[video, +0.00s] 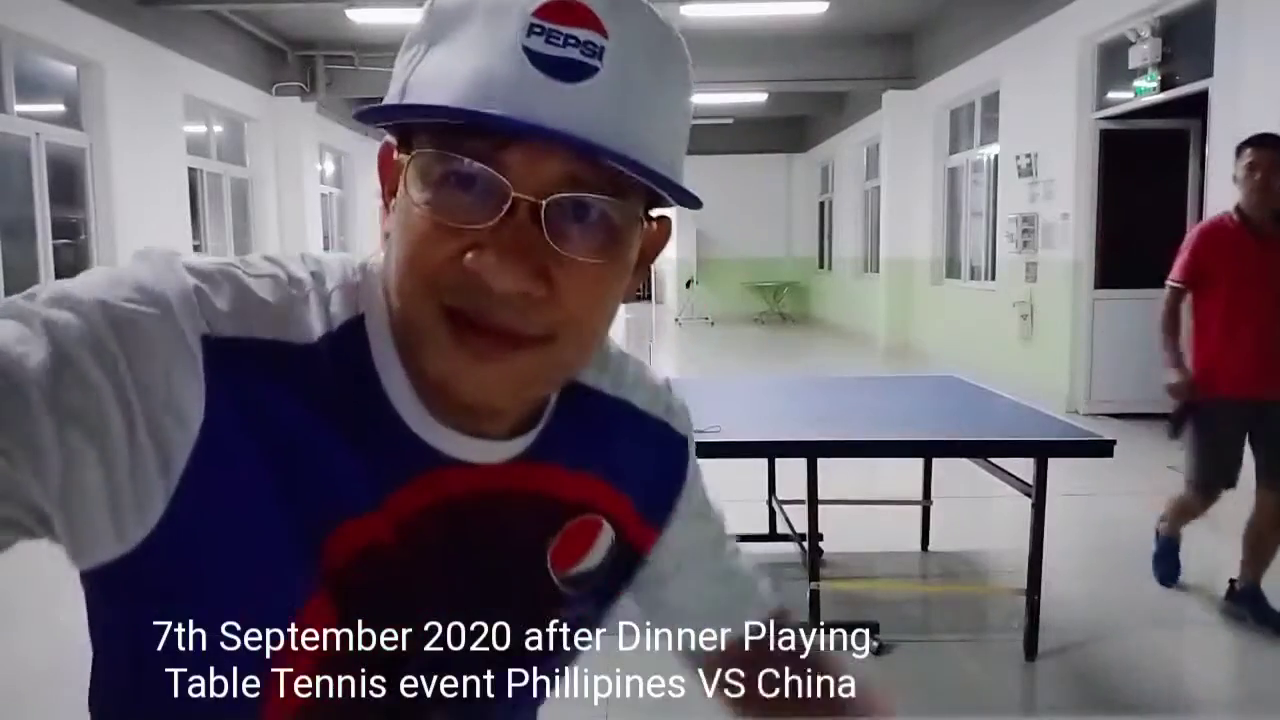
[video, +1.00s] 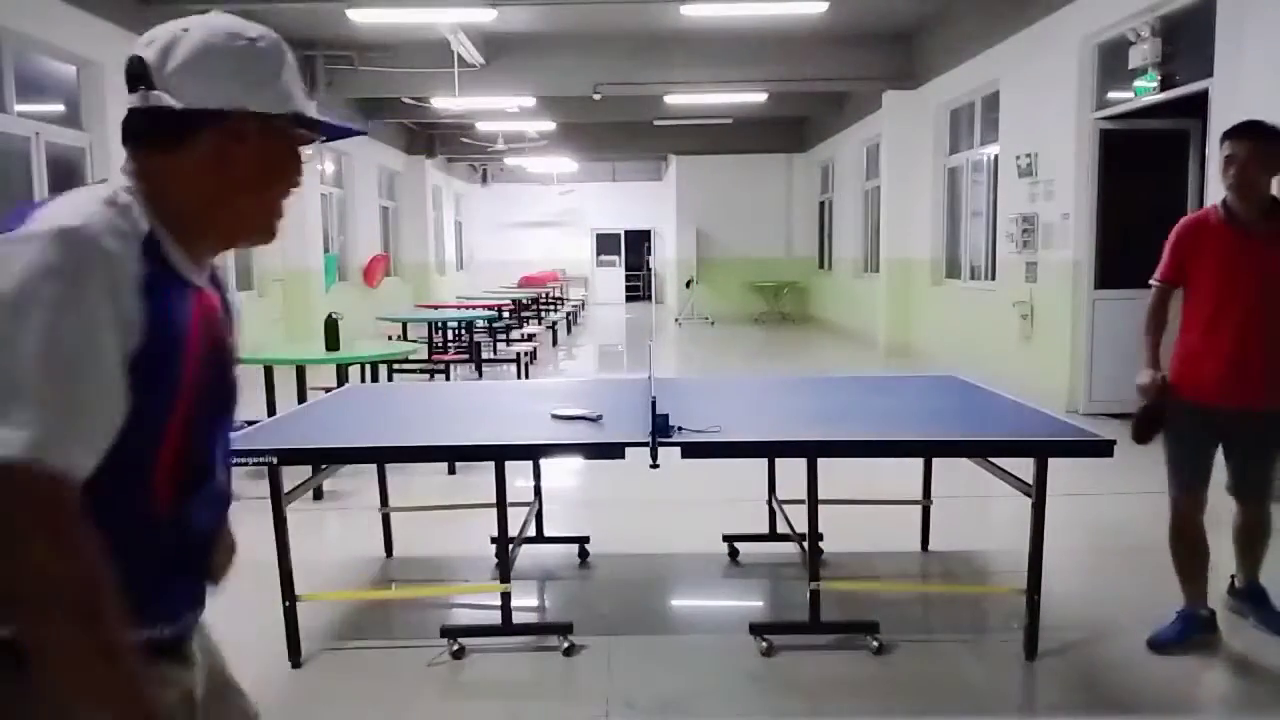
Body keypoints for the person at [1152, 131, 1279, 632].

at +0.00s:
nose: (1263, 180)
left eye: (1272, 172)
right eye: (1253, 171)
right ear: (1235, 177)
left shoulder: (1278, 237)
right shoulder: (1210, 235)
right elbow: (1171, 301)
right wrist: (1175, 365)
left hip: (1273, 391)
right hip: (1218, 388)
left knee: (1275, 496)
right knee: (1206, 489)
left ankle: (1246, 588)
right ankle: (1167, 530)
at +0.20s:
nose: (1269, 168)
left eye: (1276, 160)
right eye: (1263, 160)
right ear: (1250, 164)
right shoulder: (1224, 224)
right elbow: (1184, 286)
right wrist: (1193, 332)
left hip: (1276, 387)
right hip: (1228, 383)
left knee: (1275, 502)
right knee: (1219, 492)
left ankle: (1248, 589)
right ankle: (1206, 585)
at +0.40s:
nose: (1278, 172)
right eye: (1273, 162)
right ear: (1261, 167)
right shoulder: (1234, 225)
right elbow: (1190, 288)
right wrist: (1188, 346)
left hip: (1276, 391)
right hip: (1231, 384)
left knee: (1276, 501)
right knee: (1219, 487)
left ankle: (1248, 588)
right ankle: (1204, 593)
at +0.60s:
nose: (1277, 160)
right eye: (1271, 153)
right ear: (1259, 160)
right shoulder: (1233, 221)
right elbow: (1189, 291)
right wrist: (1175, 362)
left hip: (1276, 387)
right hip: (1226, 380)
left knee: (1269, 497)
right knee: (1211, 484)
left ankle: (1245, 588)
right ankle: (1197, 595)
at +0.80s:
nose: (1264, 169)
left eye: (1272, 160)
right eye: (1257, 159)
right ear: (1245, 164)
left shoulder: (1279, 226)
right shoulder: (1217, 226)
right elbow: (1180, 294)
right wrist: (1163, 360)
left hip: (1271, 393)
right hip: (1214, 388)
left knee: (1262, 496)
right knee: (1203, 496)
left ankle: (1247, 588)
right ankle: (1197, 608)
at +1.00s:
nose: (1235, 171)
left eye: (1248, 161)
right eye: (1229, 160)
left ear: (1272, 169)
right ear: (1219, 166)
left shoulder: (1277, 227)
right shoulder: (1195, 229)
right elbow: (1160, 298)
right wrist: (1149, 365)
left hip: (1260, 398)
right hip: (1193, 394)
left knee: (1255, 506)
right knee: (1185, 507)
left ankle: (1247, 586)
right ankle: (1195, 611)